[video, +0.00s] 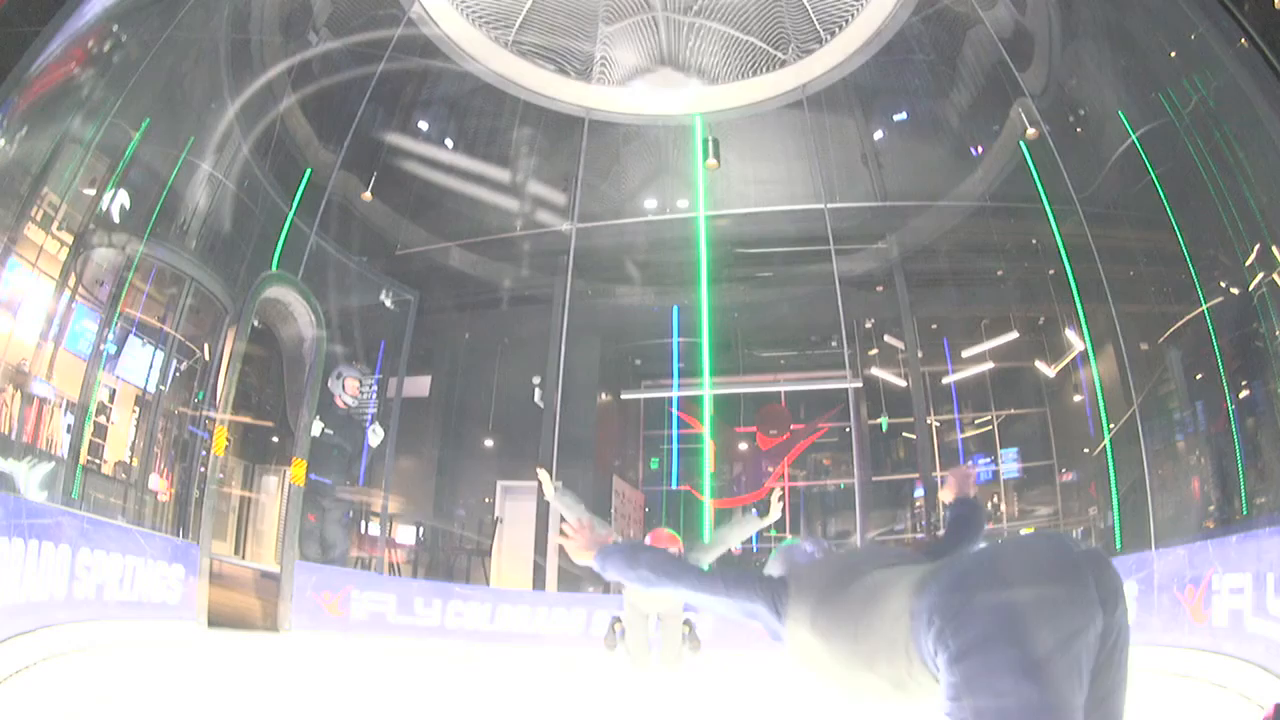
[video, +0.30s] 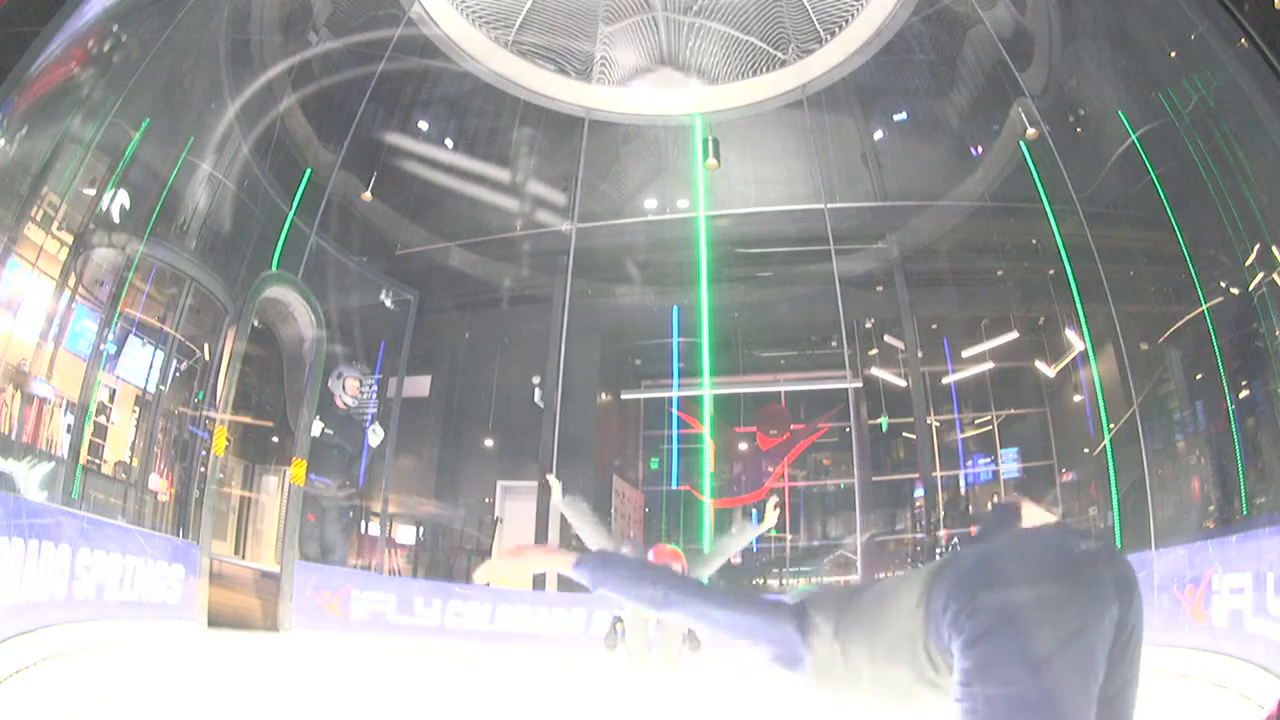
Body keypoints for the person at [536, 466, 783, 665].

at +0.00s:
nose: (667, 562)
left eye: (672, 555)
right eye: (661, 556)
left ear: (680, 552)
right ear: (648, 550)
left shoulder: (689, 560)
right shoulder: (629, 557)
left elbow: (724, 538)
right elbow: (589, 523)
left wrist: (764, 516)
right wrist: (556, 494)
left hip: (672, 613)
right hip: (637, 613)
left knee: (672, 659)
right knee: (639, 659)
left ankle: (686, 641)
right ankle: (617, 636)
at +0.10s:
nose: (668, 569)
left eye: (673, 563)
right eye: (662, 563)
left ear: (680, 558)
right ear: (647, 556)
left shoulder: (690, 563)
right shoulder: (626, 558)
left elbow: (723, 541)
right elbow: (589, 525)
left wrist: (761, 518)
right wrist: (558, 493)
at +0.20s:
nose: (662, 575)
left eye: (670, 569)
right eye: (657, 568)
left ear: (680, 566)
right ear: (646, 561)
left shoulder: (689, 574)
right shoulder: (625, 566)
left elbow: (722, 547)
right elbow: (592, 528)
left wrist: (760, 520)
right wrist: (561, 493)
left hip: (675, 660)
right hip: (633, 659)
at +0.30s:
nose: (664, 583)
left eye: (671, 576)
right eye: (658, 575)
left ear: (681, 574)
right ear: (647, 570)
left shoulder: (689, 590)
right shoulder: (629, 583)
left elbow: (723, 550)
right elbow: (595, 537)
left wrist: (760, 524)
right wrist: (562, 501)